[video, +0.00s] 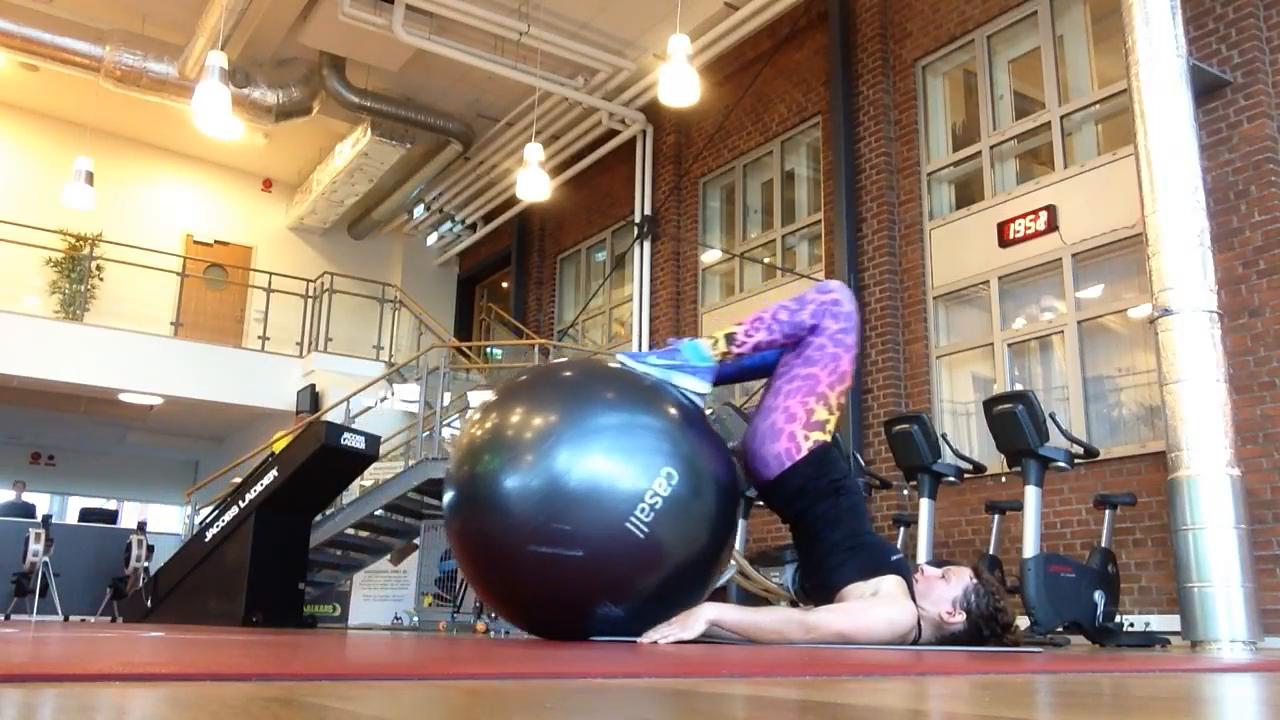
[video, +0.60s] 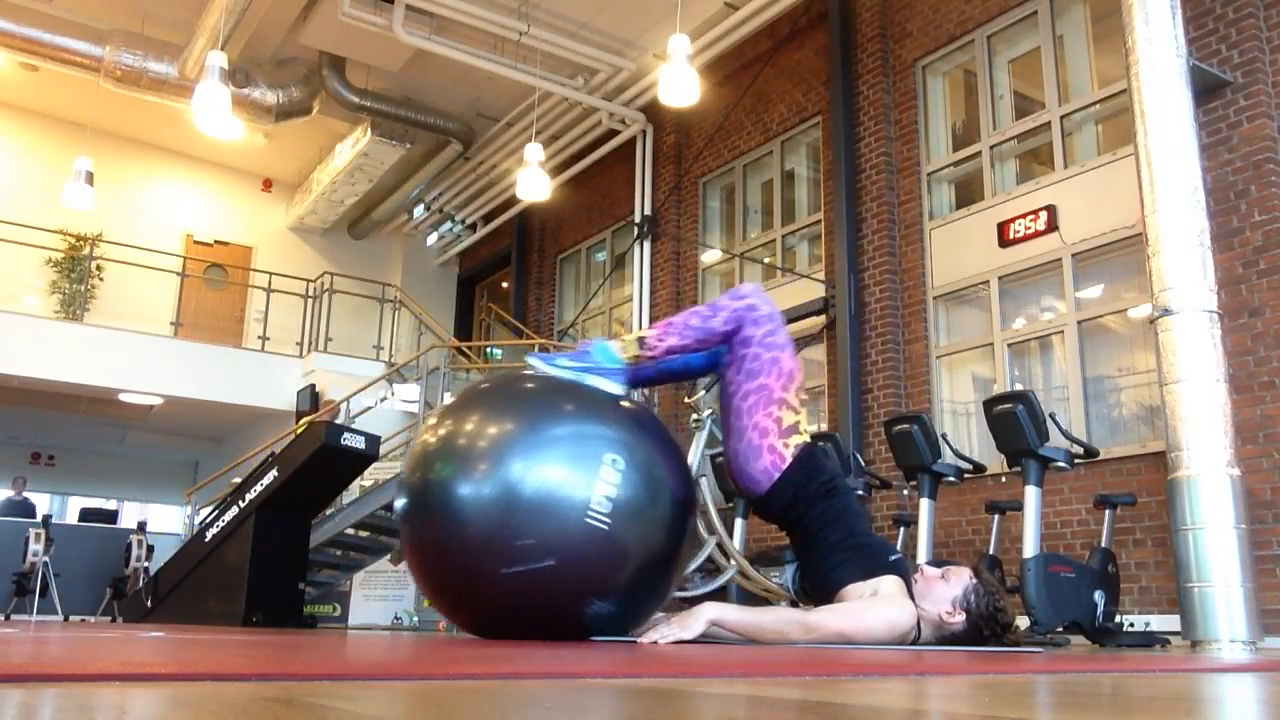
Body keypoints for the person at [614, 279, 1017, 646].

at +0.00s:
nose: (930, 570)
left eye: (943, 578)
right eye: (944, 569)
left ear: (948, 614)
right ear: (948, 613)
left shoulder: (893, 617)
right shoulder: (910, 610)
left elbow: (800, 628)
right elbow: (803, 623)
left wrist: (708, 614)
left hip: (784, 455)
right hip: (809, 455)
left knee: (835, 303)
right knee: (831, 314)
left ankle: (702, 366)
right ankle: (708, 369)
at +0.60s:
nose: (940, 564)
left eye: (950, 578)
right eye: (951, 567)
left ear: (946, 615)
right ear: (940, 583)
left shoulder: (894, 614)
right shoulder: (900, 595)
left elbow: (800, 626)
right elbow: (799, 625)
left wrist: (710, 616)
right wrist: (710, 615)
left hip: (769, 469)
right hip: (791, 463)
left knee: (754, 305)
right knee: (757, 316)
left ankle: (621, 365)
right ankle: (626, 372)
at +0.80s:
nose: (935, 569)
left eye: (946, 580)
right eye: (948, 569)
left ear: (945, 617)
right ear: (945, 602)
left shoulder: (891, 611)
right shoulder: (897, 596)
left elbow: (803, 628)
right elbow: (808, 623)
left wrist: (708, 613)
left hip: (762, 476)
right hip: (780, 465)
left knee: (698, 323)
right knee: (705, 330)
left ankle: (557, 364)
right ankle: (574, 372)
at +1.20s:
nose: (936, 568)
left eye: (949, 581)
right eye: (949, 569)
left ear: (945, 618)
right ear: (942, 604)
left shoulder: (892, 610)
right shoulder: (890, 594)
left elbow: (805, 625)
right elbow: (802, 622)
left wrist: (711, 618)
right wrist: (713, 622)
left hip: (751, 484)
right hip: (764, 470)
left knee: (642, 376)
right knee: (648, 379)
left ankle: (488, 364)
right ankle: (514, 384)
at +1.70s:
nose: (936, 569)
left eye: (946, 580)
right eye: (949, 570)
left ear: (944, 615)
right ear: (943, 604)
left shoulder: (890, 610)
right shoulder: (893, 596)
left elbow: (804, 630)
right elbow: (806, 623)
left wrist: (709, 616)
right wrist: (714, 617)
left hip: (749, 482)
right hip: (763, 471)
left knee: (699, 325)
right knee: (701, 333)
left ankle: (557, 368)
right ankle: (565, 373)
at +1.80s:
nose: (939, 567)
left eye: (949, 579)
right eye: (949, 570)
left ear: (945, 613)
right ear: (937, 584)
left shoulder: (893, 614)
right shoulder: (895, 600)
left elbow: (798, 627)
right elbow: (796, 625)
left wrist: (705, 621)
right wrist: (705, 620)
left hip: (750, 478)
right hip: (765, 472)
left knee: (745, 320)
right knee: (747, 319)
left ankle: (605, 365)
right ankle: (614, 373)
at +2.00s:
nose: (934, 567)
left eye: (946, 577)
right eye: (947, 569)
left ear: (947, 614)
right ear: (946, 612)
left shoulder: (894, 613)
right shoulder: (904, 604)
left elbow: (801, 626)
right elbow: (806, 623)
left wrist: (712, 621)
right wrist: (718, 622)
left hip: (771, 466)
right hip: (792, 468)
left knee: (825, 310)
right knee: (822, 323)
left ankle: (685, 366)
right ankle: (693, 371)